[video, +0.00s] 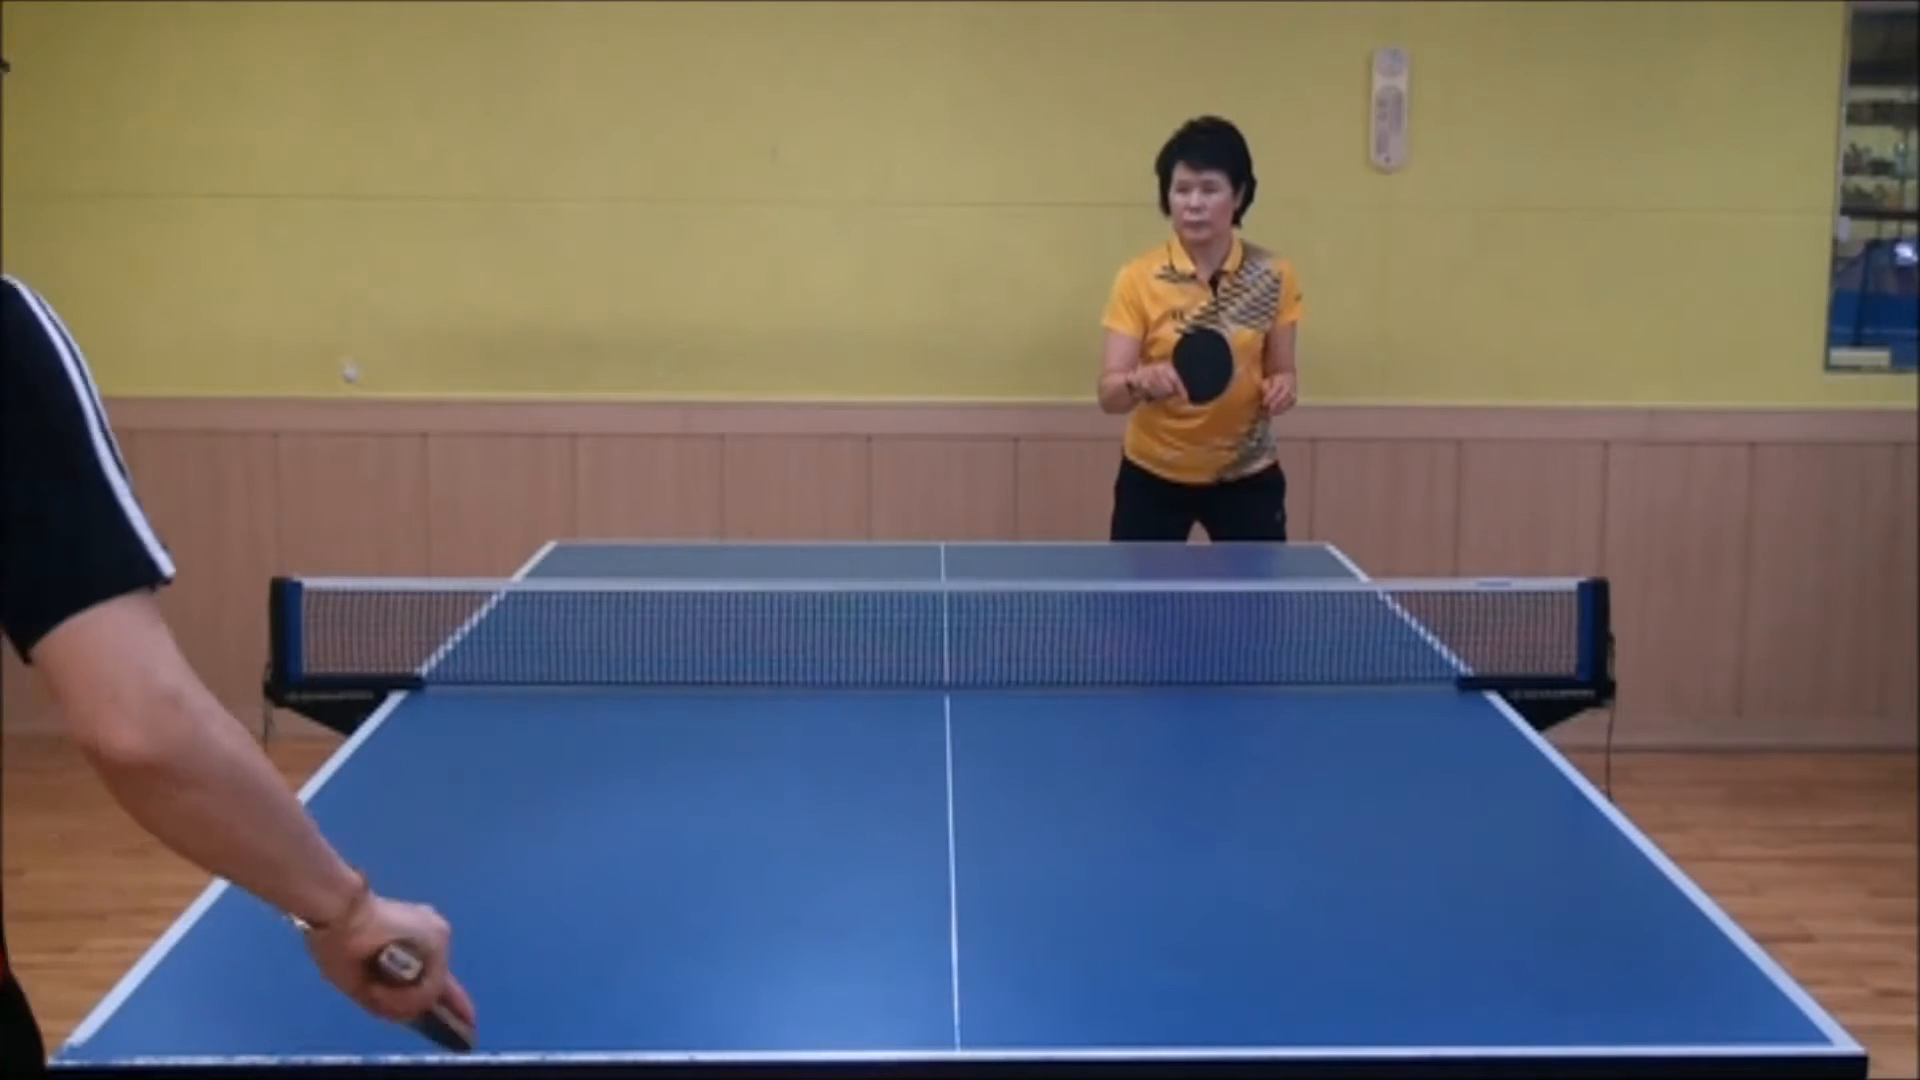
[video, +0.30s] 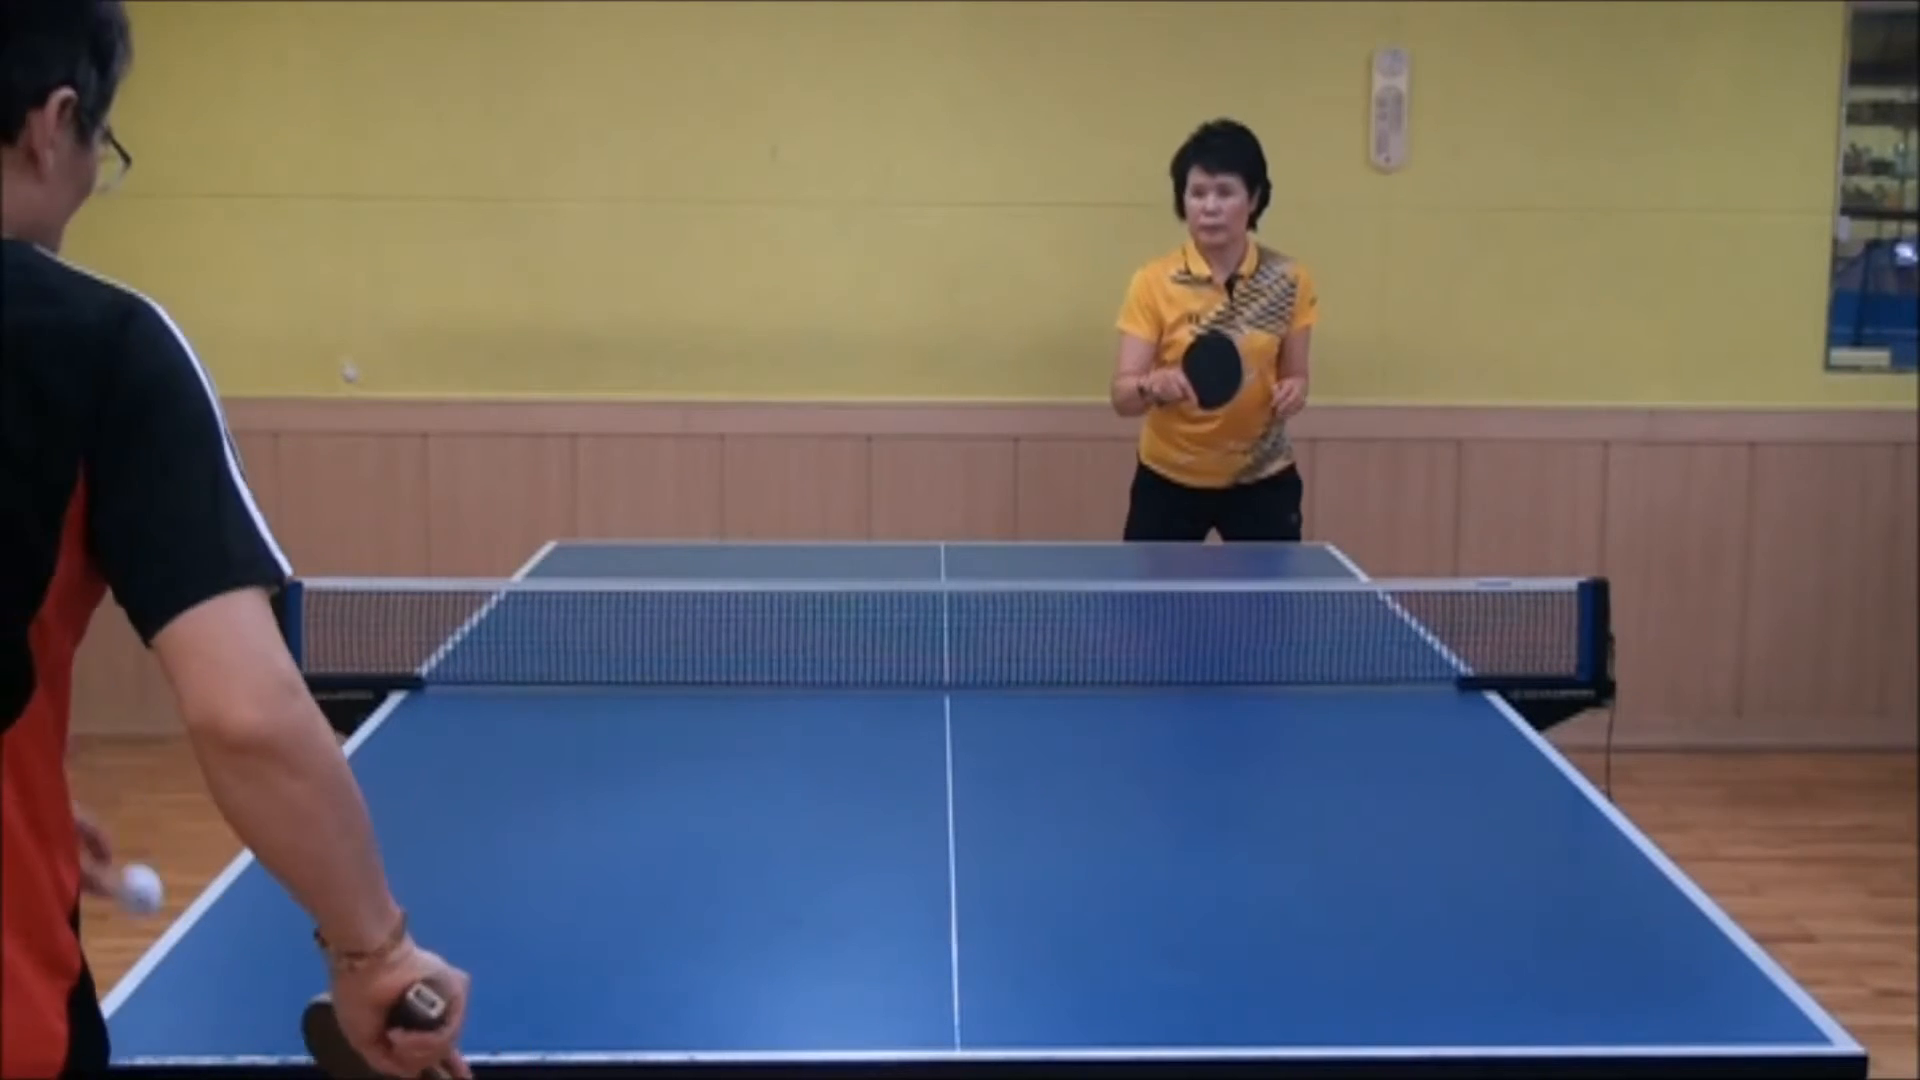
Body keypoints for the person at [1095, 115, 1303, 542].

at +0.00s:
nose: (1193, 203)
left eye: (1209, 189)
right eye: (1182, 189)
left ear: (1239, 196)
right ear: (1166, 196)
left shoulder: (1273, 279)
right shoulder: (1139, 280)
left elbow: (1282, 372)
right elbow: (1110, 395)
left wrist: (1280, 388)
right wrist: (1139, 382)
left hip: (1245, 482)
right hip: (1154, 479)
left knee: (1261, 600)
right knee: (1135, 600)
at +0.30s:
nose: (1209, 207)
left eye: (1225, 192)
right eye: (1197, 193)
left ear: (1254, 200)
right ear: (1181, 201)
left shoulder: (1288, 283)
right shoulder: (1154, 283)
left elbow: (1295, 376)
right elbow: (1123, 396)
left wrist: (1291, 391)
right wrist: (1151, 387)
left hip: (1261, 486)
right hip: (1169, 483)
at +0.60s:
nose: (1206, 202)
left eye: (1221, 188)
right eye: (1194, 188)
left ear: (1252, 195)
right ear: (1178, 197)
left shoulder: (1292, 279)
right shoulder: (1154, 282)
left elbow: (1307, 368)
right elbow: (1122, 395)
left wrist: (1301, 382)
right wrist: (1146, 388)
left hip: (1272, 480)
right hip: (1180, 479)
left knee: (1281, 600)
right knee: (1165, 600)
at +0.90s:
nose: (1236, 219)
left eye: (1251, 204)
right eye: (1223, 205)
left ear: (1280, 208)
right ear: (1207, 212)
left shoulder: (1318, 290)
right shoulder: (1181, 295)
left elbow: (1331, 402)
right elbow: (1142, 401)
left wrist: (1323, 383)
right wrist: (1174, 408)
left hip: (1293, 496)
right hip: (1199, 495)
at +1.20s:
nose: (1308, 259)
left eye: (1322, 243)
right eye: (1294, 245)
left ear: (1348, 243)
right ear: (1274, 249)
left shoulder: (1375, 317)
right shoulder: (1247, 322)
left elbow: (1374, 420)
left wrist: (1402, 422)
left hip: (1333, 513)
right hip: (1241, 512)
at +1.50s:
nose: (1290, 280)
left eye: (1305, 264)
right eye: (1276, 266)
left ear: (1333, 270)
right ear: (1257, 276)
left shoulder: (1351, 351)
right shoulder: (1235, 356)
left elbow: (1357, 450)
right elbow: (1203, 455)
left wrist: (1391, 450)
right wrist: (1249, 481)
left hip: (1300, 535)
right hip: (1216, 533)